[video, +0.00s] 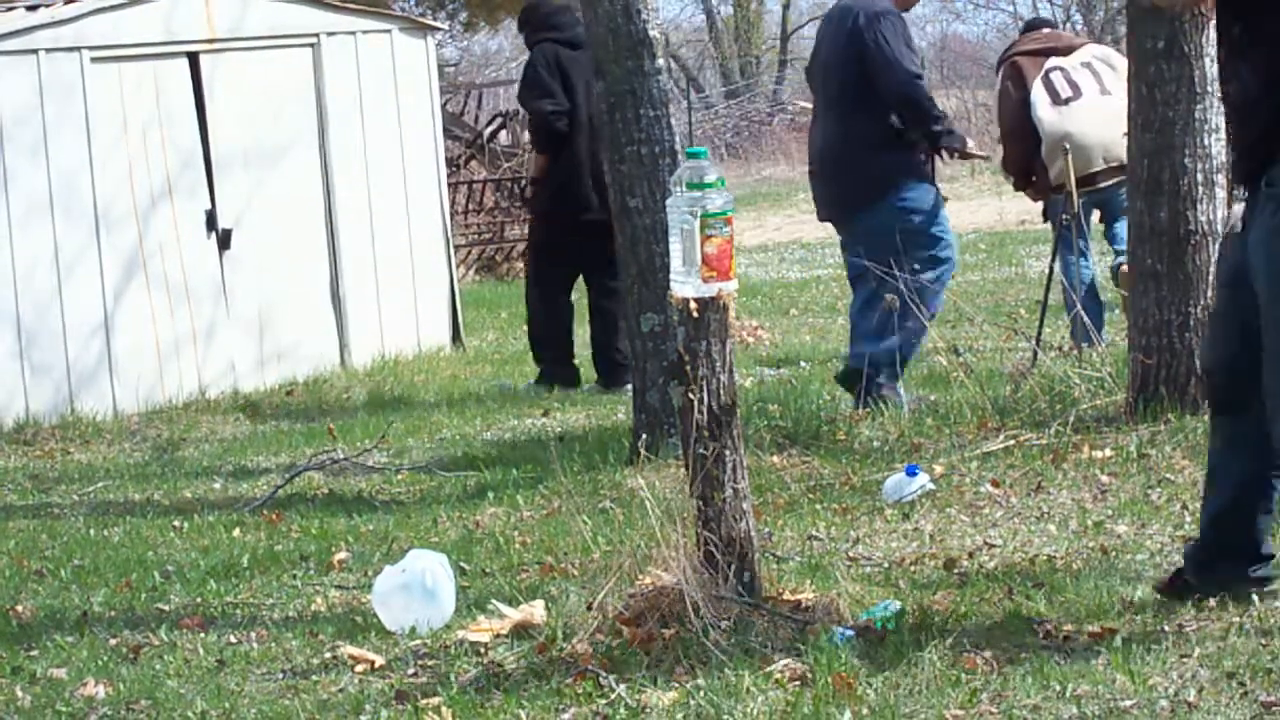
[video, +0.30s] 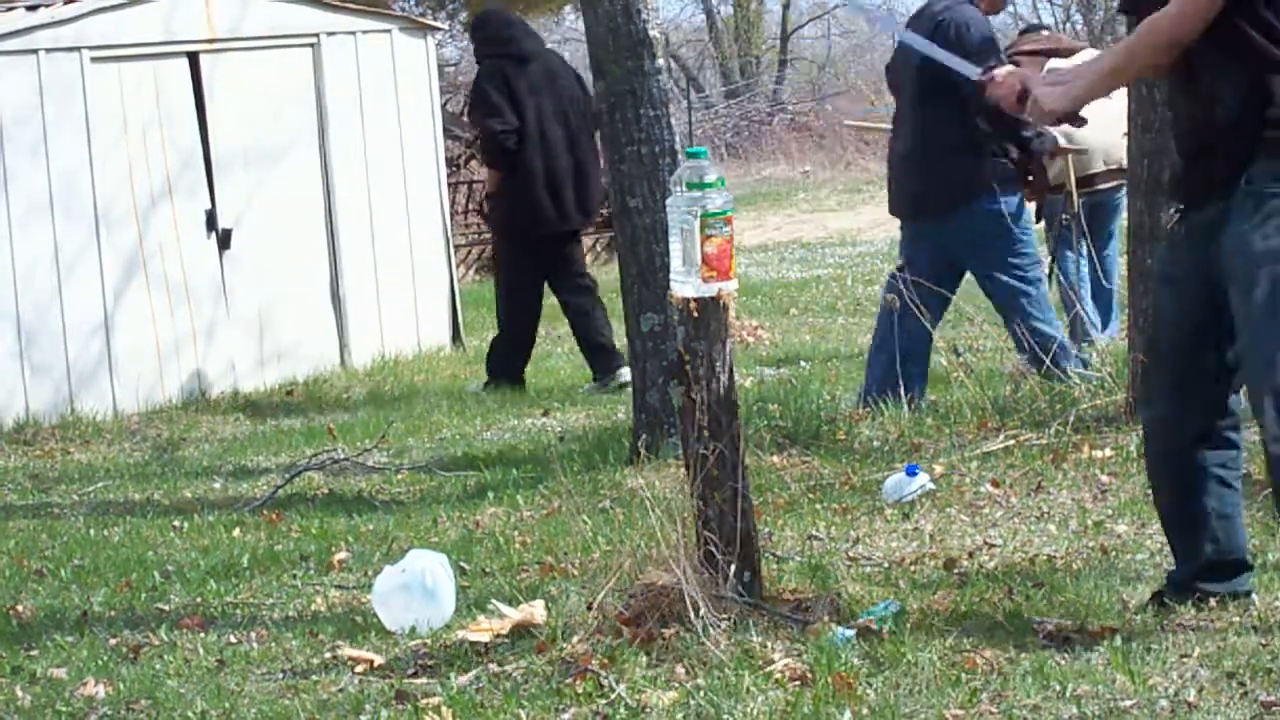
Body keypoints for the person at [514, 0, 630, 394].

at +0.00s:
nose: (526, 38)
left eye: (526, 30)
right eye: (525, 31)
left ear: (536, 26)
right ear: (575, 17)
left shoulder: (545, 57)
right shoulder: (605, 51)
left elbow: (551, 121)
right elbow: (634, 113)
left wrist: (538, 172)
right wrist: (622, 164)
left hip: (562, 196)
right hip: (612, 191)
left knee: (547, 286)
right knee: (610, 284)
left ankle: (557, 374)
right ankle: (617, 372)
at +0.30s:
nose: (475, 50)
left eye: (475, 42)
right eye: (475, 43)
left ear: (484, 40)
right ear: (517, 30)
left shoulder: (492, 74)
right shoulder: (556, 65)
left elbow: (501, 137)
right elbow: (588, 117)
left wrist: (493, 184)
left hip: (521, 202)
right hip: (565, 193)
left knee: (517, 292)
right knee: (575, 284)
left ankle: (506, 376)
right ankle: (610, 368)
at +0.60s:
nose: (436, 50)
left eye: (436, 43)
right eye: (436, 43)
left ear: (443, 42)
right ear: (478, 31)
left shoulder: (450, 78)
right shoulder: (515, 62)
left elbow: (461, 132)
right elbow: (548, 113)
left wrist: (455, 178)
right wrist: (533, 155)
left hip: (483, 192)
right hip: (527, 183)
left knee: (486, 279)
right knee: (510, 271)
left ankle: (501, 372)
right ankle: (539, 350)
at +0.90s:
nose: (412, 57)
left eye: (412, 50)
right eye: (410, 50)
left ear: (421, 46)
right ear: (450, 35)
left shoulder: (432, 75)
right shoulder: (487, 67)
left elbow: (437, 136)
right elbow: (521, 119)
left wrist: (430, 192)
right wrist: (503, 167)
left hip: (461, 192)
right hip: (498, 187)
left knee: (478, 283)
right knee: (467, 282)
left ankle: (502, 371)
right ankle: (465, 369)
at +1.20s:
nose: (390, 66)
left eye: (388, 56)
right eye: (386, 59)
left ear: (403, 44)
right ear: (417, 41)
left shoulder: (423, 70)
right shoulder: (462, 69)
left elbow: (436, 127)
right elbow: (494, 121)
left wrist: (413, 183)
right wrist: (472, 169)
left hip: (442, 196)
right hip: (475, 192)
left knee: (417, 277)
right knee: (463, 275)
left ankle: (462, 368)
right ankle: (470, 363)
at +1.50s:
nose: (360, 69)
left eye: (360, 60)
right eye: (356, 63)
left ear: (378, 47)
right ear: (378, 47)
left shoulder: (413, 74)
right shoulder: (418, 70)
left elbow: (436, 140)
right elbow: (432, 142)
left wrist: (402, 195)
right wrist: (403, 192)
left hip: (430, 211)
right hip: (441, 209)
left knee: (406, 296)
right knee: (449, 296)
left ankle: (379, 384)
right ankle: (470, 375)